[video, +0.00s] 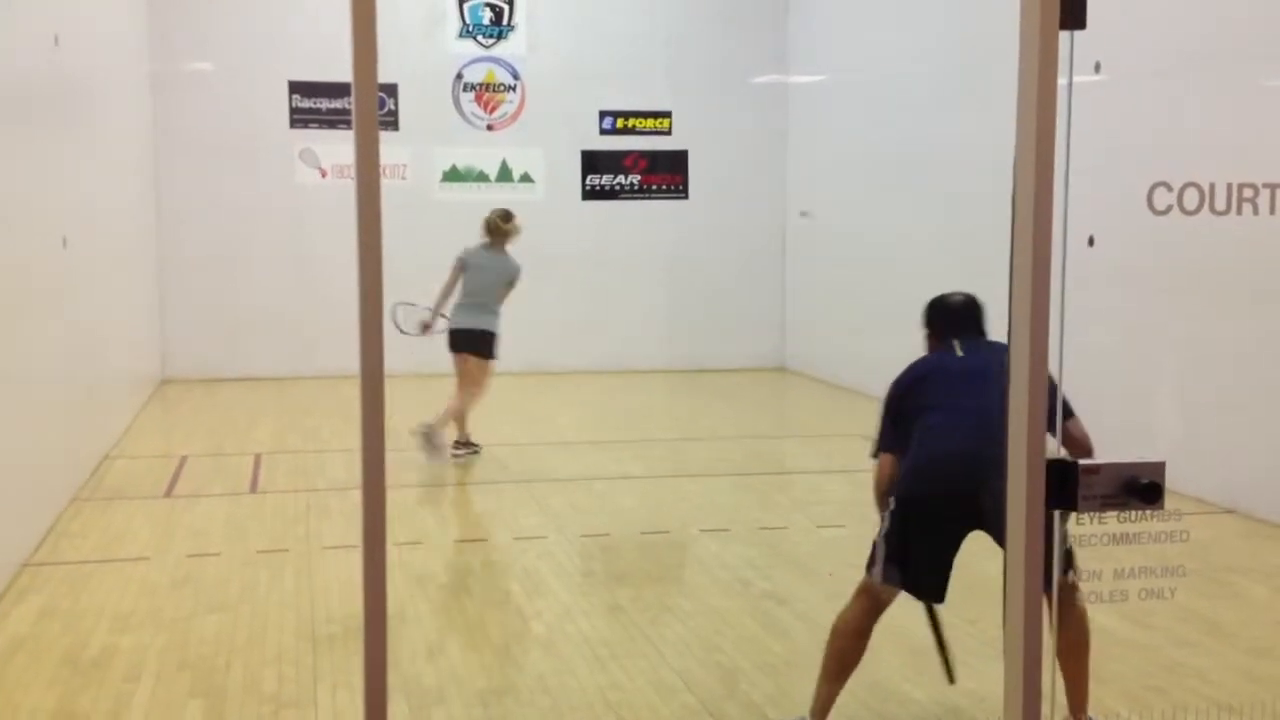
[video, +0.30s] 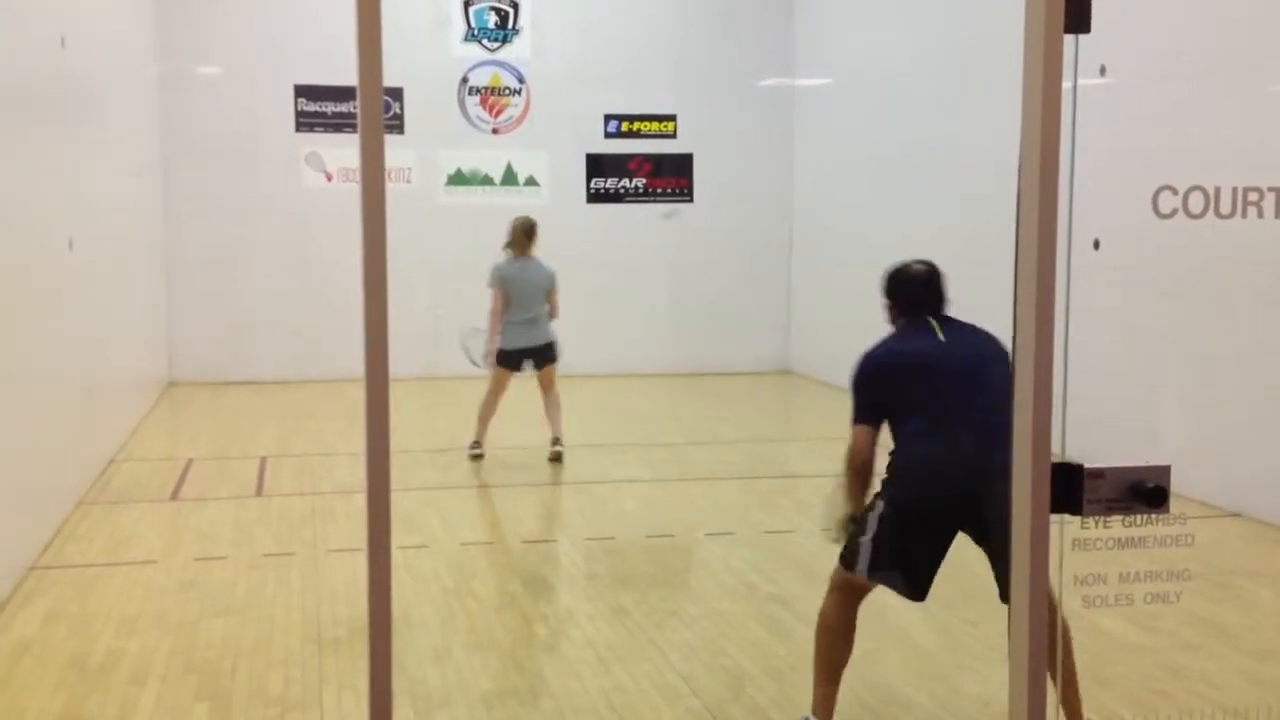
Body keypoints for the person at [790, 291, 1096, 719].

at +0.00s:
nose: (925, 342)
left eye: (925, 336)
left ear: (931, 336)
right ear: (982, 331)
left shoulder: (914, 376)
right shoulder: (1021, 362)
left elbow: (886, 470)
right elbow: (1081, 444)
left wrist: (887, 516)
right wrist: (1079, 478)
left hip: (929, 486)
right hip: (1010, 486)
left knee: (870, 597)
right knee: (1064, 592)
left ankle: (817, 713)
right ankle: (1080, 713)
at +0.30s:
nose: (887, 312)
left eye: (887, 306)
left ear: (891, 308)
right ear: (941, 302)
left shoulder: (881, 359)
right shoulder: (988, 346)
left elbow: (861, 454)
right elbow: (1017, 424)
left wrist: (856, 510)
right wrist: (1027, 495)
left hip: (918, 489)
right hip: (996, 489)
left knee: (845, 591)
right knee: (1039, 599)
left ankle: (820, 713)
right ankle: (1075, 713)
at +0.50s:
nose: (848, 305)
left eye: (849, 296)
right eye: (847, 295)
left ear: (864, 295)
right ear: (904, 287)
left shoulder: (870, 348)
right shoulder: (953, 324)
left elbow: (857, 435)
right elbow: (971, 408)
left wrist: (817, 511)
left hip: (920, 488)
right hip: (992, 481)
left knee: (849, 593)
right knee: (985, 594)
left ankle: (825, 713)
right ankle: (1047, 704)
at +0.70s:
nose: (864, 294)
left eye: (871, 284)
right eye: (864, 284)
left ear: (899, 283)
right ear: (914, 279)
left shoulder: (918, 333)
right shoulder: (964, 313)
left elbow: (928, 430)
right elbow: (991, 408)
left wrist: (888, 522)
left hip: (958, 490)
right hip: (1002, 486)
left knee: (893, 602)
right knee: (986, 598)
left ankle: (850, 714)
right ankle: (1049, 703)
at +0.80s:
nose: (874, 294)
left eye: (880, 282)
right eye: (874, 282)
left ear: (911, 280)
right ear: (924, 277)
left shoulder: (934, 332)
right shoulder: (968, 313)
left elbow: (955, 431)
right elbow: (986, 416)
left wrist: (931, 502)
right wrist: (944, 493)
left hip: (974, 484)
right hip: (1008, 481)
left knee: (899, 596)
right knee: (988, 592)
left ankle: (893, 712)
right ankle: (1048, 696)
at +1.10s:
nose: (869, 304)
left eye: (880, 292)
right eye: (871, 291)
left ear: (922, 300)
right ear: (917, 300)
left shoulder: (966, 359)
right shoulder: (913, 341)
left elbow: (1013, 464)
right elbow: (925, 424)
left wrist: (983, 557)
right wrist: (900, 492)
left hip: (992, 508)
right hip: (976, 503)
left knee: (913, 631)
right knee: (986, 615)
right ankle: (1055, 704)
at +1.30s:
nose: (849, 329)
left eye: (861, 318)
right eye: (852, 315)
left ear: (903, 332)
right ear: (897, 332)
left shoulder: (955, 386)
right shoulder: (873, 360)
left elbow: (991, 507)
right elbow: (875, 422)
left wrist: (944, 593)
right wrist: (846, 496)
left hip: (995, 521)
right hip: (958, 516)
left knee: (901, 640)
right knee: (996, 617)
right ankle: (1068, 703)